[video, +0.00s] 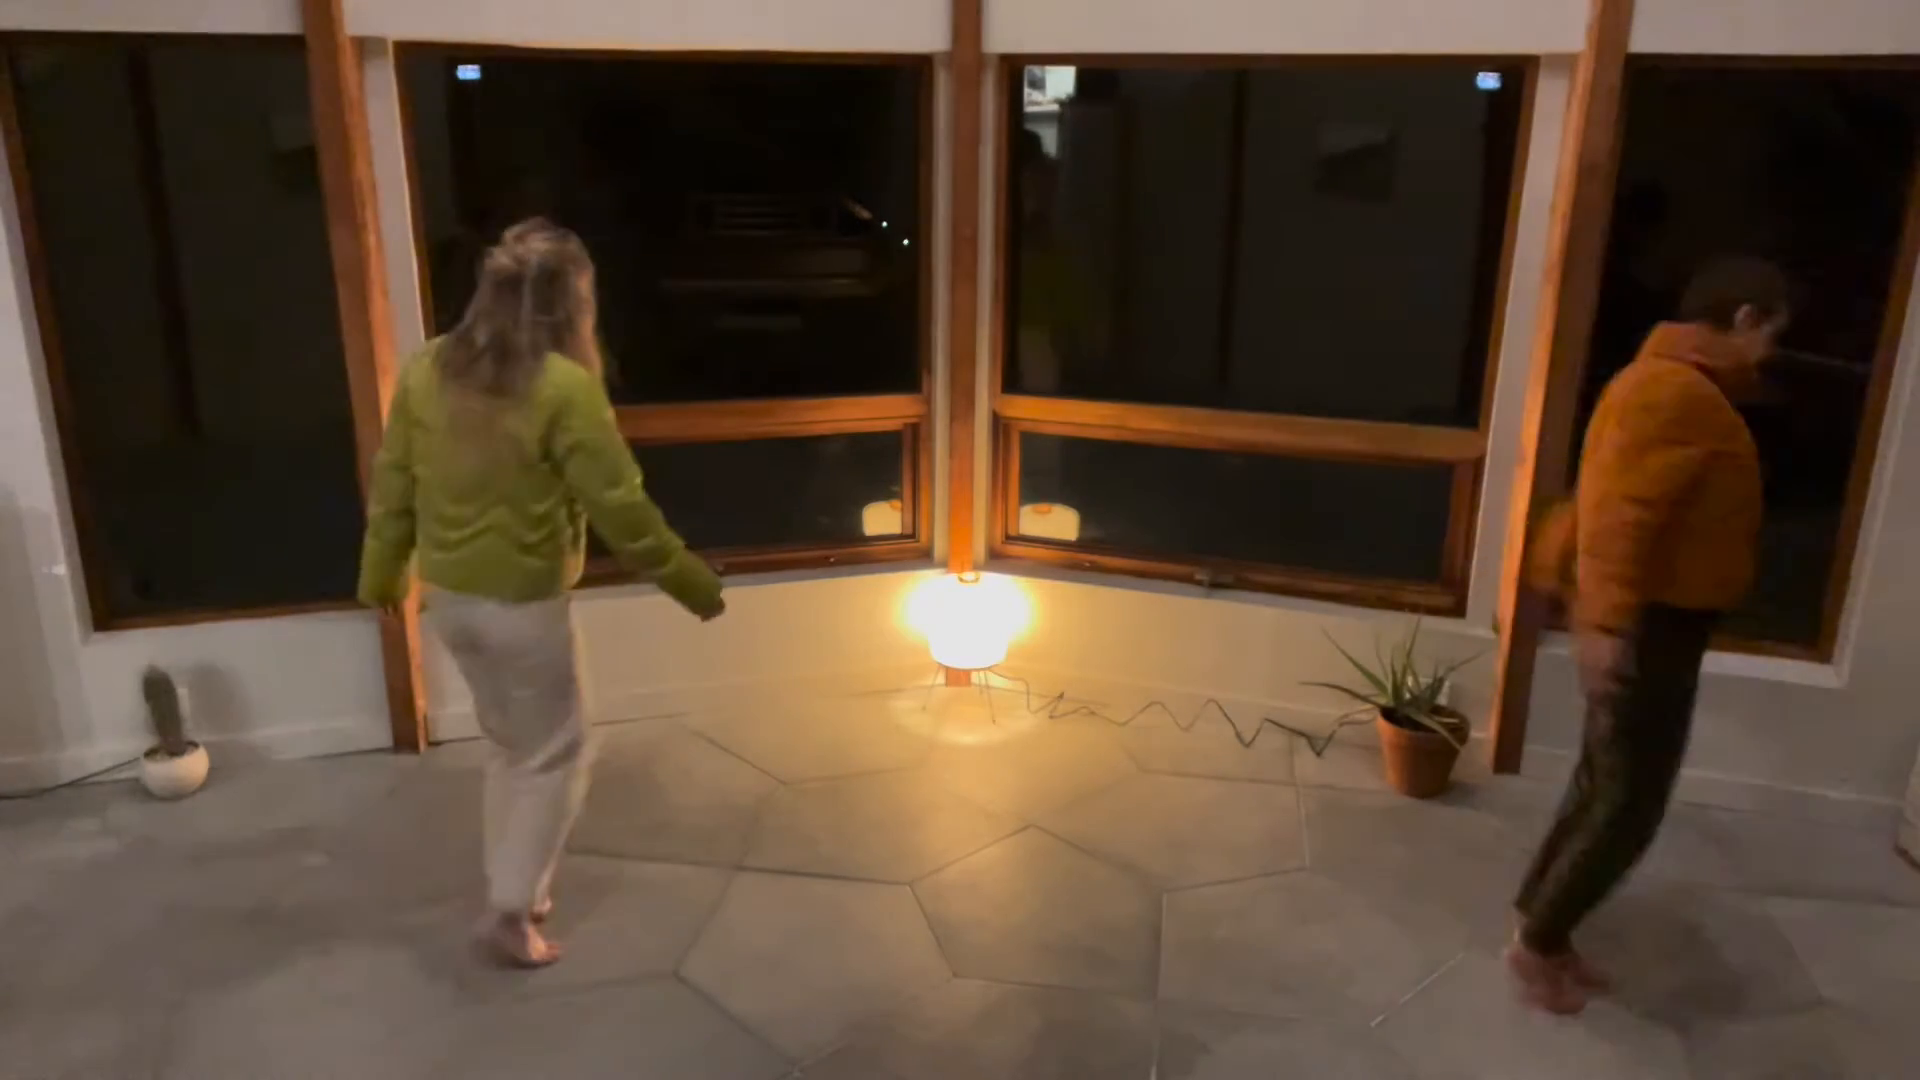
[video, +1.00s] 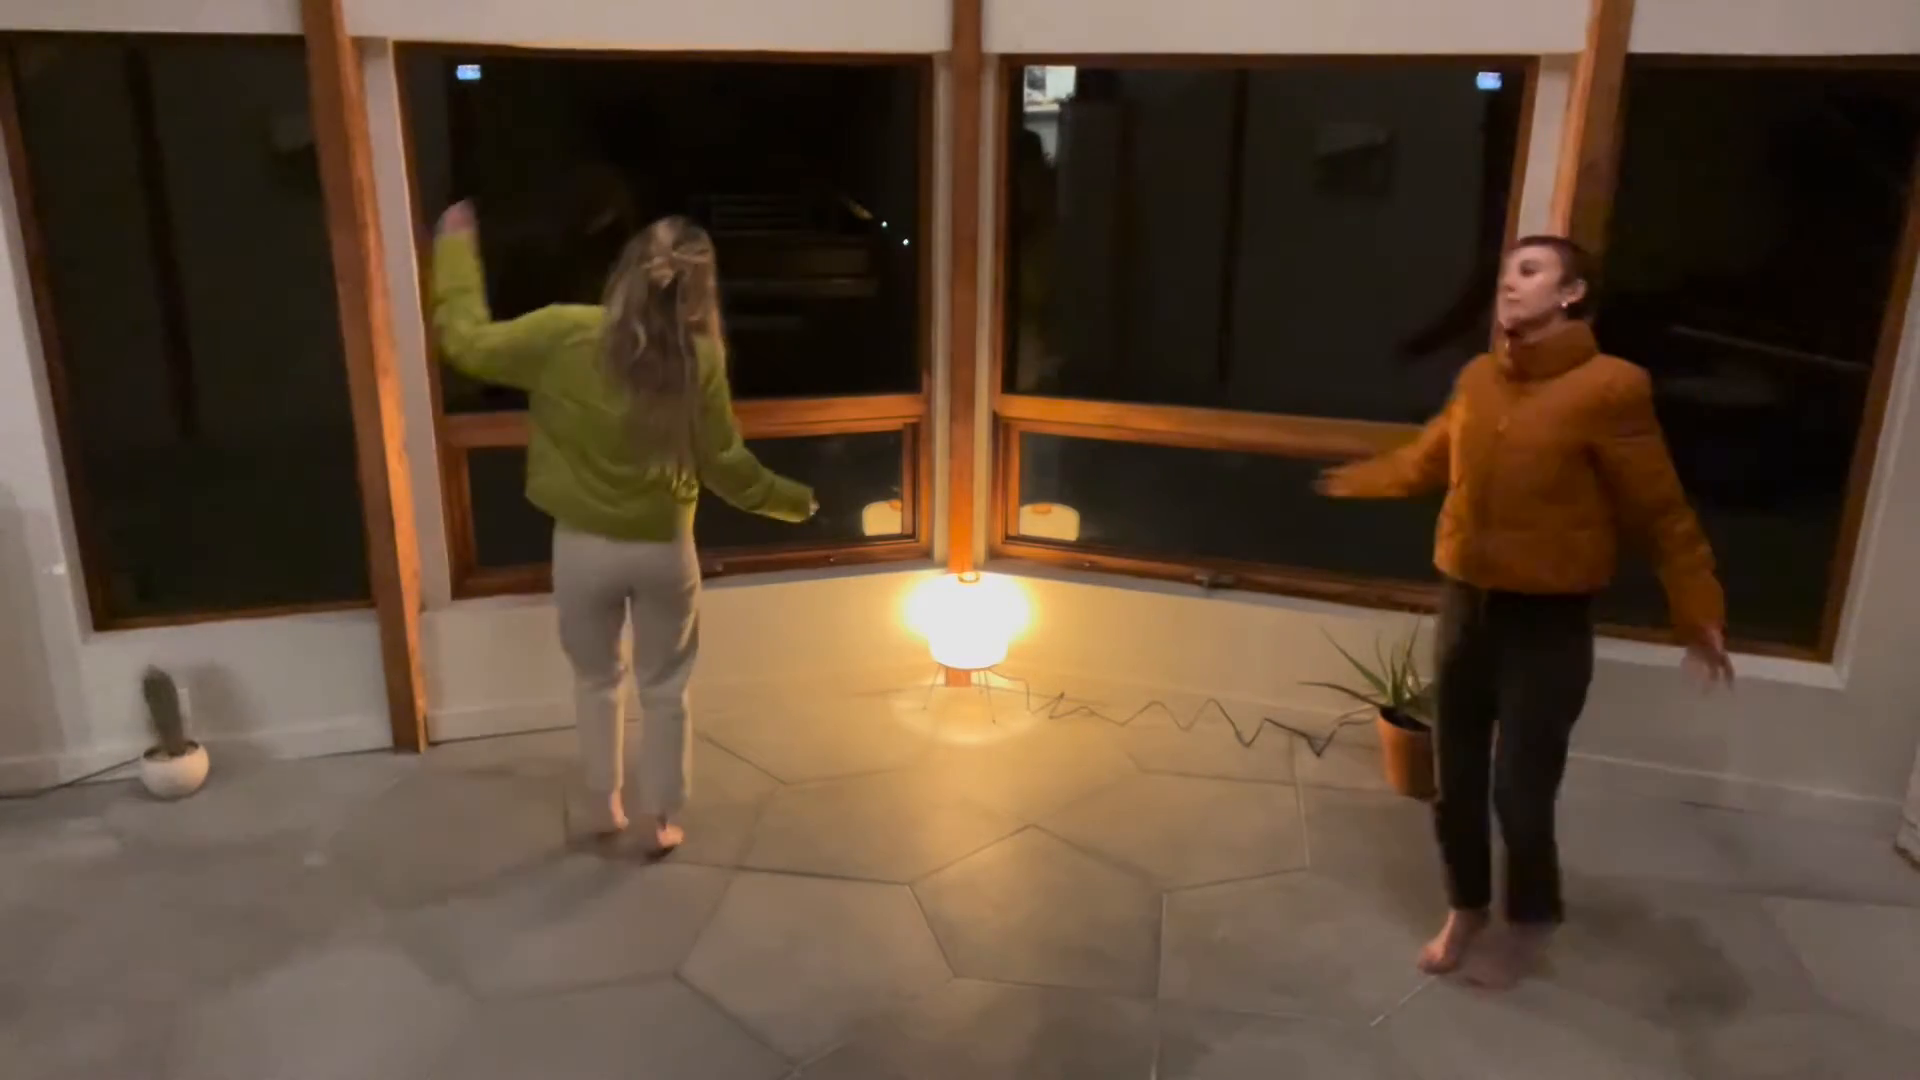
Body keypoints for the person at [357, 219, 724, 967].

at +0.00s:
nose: (592, 311)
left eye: (590, 298)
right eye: (587, 298)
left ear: (492, 292)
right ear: (565, 305)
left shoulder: (427, 368)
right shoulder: (565, 386)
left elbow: (393, 487)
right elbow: (619, 507)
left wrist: (378, 579)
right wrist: (693, 583)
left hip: (448, 601)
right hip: (523, 608)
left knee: (509, 747)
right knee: (554, 750)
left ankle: (513, 893)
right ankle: (513, 914)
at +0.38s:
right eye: (634, 289)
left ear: (545, 281)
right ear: (626, 295)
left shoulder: (494, 356)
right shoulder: (635, 364)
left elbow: (465, 484)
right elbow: (663, 481)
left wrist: (436, 586)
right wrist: (686, 568)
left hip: (525, 589)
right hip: (607, 589)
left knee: (550, 734)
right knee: (609, 727)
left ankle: (575, 871)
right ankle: (594, 877)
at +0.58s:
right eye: (660, 284)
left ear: (579, 277)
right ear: (652, 289)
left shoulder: (532, 356)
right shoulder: (662, 360)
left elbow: (489, 471)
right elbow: (693, 475)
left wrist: (389, 528)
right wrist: (716, 553)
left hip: (555, 583)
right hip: (638, 582)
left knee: (563, 711)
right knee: (637, 716)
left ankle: (588, 849)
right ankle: (640, 860)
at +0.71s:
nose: (684, 298)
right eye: (680, 287)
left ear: (602, 274)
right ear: (671, 290)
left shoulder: (549, 346)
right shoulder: (676, 361)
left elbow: (474, 441)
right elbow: (709, 468)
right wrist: (752, 533)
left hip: (563, 572)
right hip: (645, 571)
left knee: (582, 713)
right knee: (645, 704)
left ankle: (604, 849)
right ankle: (652, 848)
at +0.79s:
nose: (695, 297)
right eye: (691, 286)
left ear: (610, 272)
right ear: (681, 289)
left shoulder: (553, 344)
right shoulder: (682, 361)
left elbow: (452, 405)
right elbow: (718, 464)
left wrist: (374, 337)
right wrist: (774, 515)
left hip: (570, 569)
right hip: (651, 569)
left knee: (589, 712)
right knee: (657, 685)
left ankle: (605, 849)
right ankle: (656, 823)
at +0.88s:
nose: (700, 297)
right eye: (697, 285)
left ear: (617, 272)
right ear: (685, 288)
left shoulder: (557, 338)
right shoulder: (685, 355)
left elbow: (451, 380)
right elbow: (719, 458)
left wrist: (402, 303)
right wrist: (776, 503)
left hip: (575, 564)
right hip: (657, 564)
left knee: (592, 701)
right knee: (656, 688)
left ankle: (612, 827)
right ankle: (651, 823)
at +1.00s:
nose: (715, 297)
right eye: (708, 284)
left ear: (631, 273)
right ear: (698, 291)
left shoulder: (564, 333)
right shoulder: (701, 356)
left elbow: (468, 343)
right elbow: (726, 462)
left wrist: (454, 246)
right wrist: (793, 501)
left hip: (584, 553)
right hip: (665, 555)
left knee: (596, 681)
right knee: (664, 686)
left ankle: (604, 806)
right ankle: (665, 821)